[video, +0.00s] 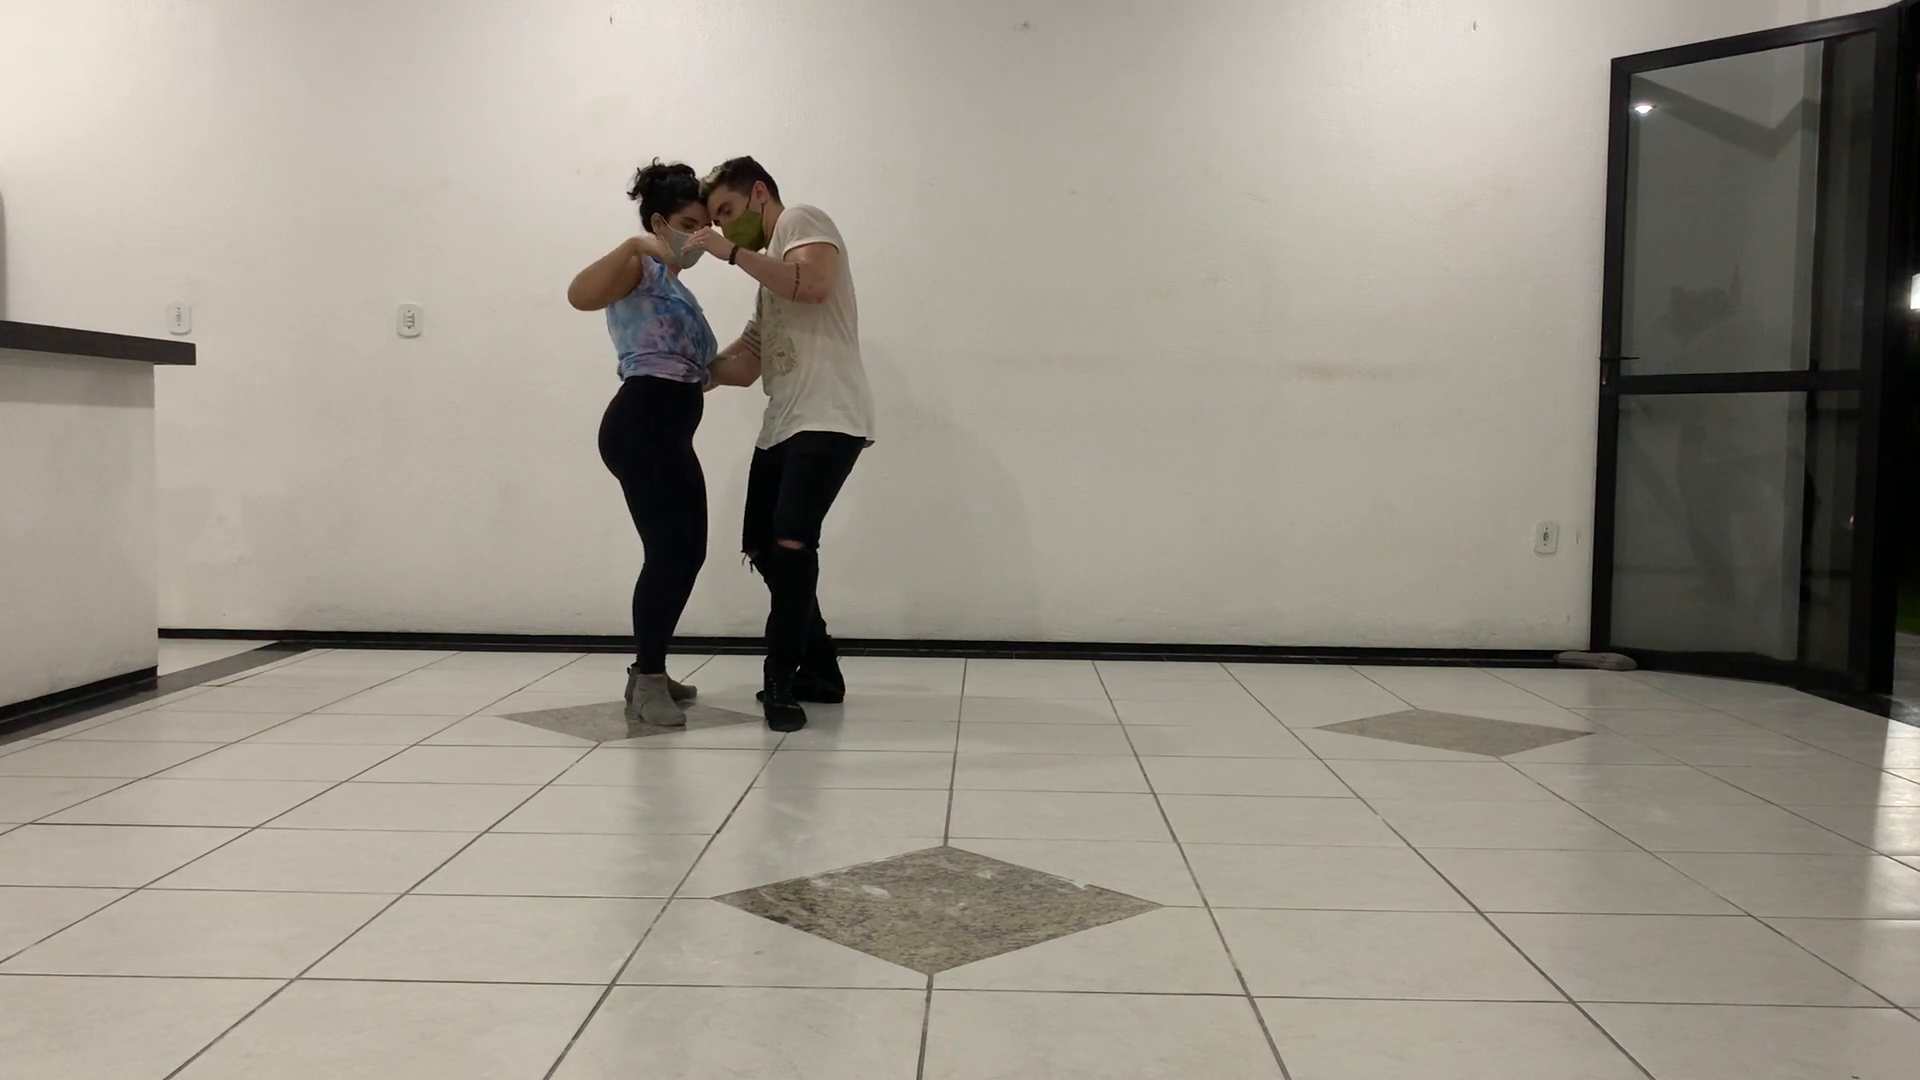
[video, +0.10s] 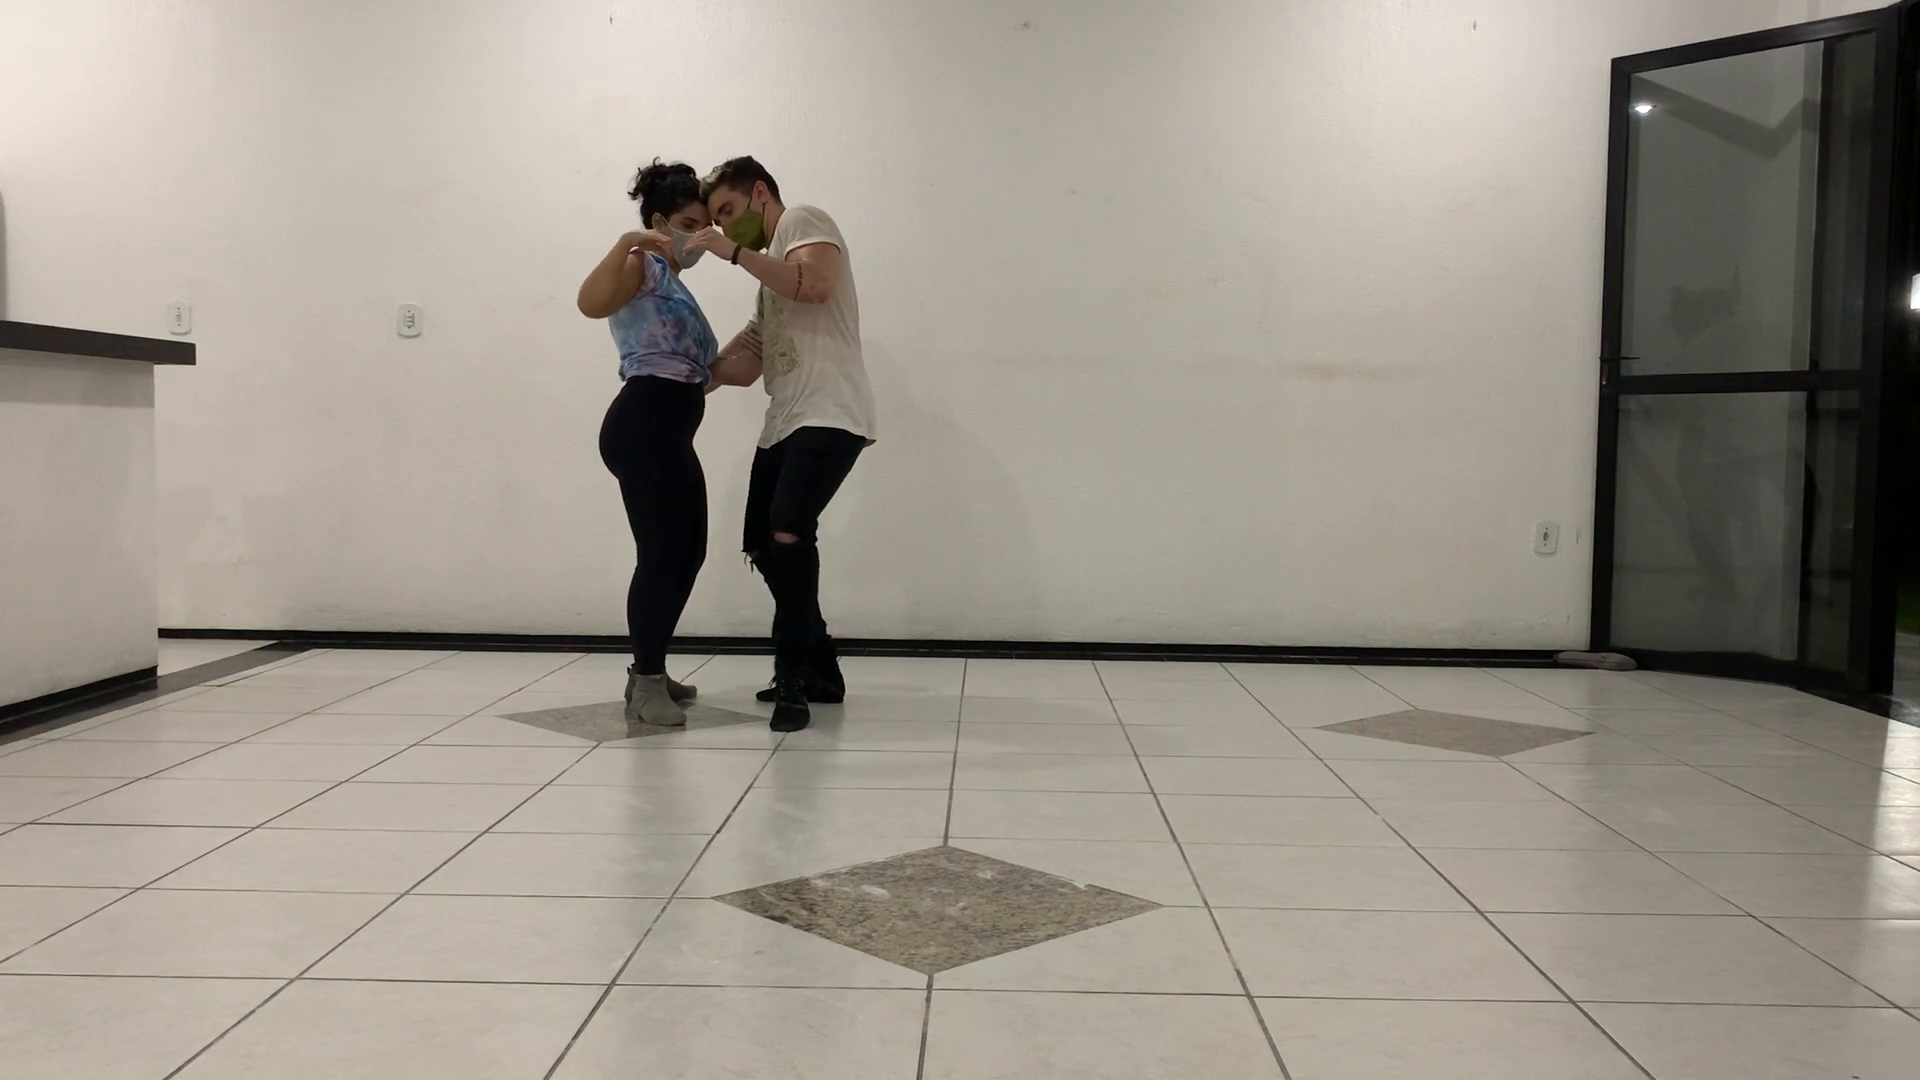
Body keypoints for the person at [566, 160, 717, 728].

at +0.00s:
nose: (700, 237)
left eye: (704, 226)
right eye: (691, 224)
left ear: (700, 230)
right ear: (658, 220)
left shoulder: (680, 296)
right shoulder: (638, 265)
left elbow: (720, 371)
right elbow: (580, 296)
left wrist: (758, 348)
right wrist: (631, 247)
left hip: (671, 426)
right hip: (641, 422)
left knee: (688, 552)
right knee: (669, 551)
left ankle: (652, 670)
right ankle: (645, 679)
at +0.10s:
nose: (700, 236)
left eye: (703, 225)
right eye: (692, 224)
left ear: (685, 232)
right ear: (663, 221)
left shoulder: (670, 279)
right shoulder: (639, 264)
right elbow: (591, 304)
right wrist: (625, 243)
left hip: (670, 424)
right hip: (644, 421)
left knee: (687, 551)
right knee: (662, 551)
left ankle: (651, 671)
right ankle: (644, 682)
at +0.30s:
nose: (701, 236)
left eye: (705, 225)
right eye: (691, 223)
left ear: (700, 228)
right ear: (661, 222)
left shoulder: (678, 286)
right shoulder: (640, 266)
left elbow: (710, 370)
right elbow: (604, 317)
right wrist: (623, 249)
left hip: (669, 424)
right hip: (642, 421)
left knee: (685, 547)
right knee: (674, 547)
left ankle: (651, 669)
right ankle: (646, 676)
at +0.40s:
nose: (701, 234)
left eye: (705, 223)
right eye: (691, 222)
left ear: (704, 227)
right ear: (662, 222)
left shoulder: (678, 285)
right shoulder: (638, 268)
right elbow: (612, 327)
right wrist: (617, 257)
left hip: (670, 426)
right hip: (642, 422)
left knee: (685, 546)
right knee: (676, 545)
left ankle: (653, 670)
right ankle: (648, 676)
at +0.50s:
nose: (702, 233)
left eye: (706, 223)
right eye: (692, 222)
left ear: (705, 226)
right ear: (665, 223)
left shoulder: (679, 287)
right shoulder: (640, 266)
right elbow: (617, 332)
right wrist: (620, 263)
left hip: (670, 426)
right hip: (643, 422)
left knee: (684, 549)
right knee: (672, 550)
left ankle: (652, 670)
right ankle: (648, 679)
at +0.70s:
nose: (709, 230)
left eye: (713, 220)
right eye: (699, 217)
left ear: (707, 226)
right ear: (670, 218)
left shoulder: (687, 290)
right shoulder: (644, 267)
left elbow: (705, 369)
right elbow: (617, 331)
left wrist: (739, 350)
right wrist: (622, 261)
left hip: (674, 426)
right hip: (644, 423)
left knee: (688, 548)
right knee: (666, 549)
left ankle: (651, 668)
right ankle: (647, 678)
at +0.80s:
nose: (710, 224)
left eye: (714, 213)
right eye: (700, 211)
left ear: (712, 220)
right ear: (673, 214)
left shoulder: (698, 288)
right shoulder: (643, 265)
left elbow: (709, 366)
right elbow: (619, 338)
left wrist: (744, 341)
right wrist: (625, 264)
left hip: (677, 424)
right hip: (643, 419)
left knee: (687, 543)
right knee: (674, 540)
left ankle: (653, 666)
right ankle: (649, 672)